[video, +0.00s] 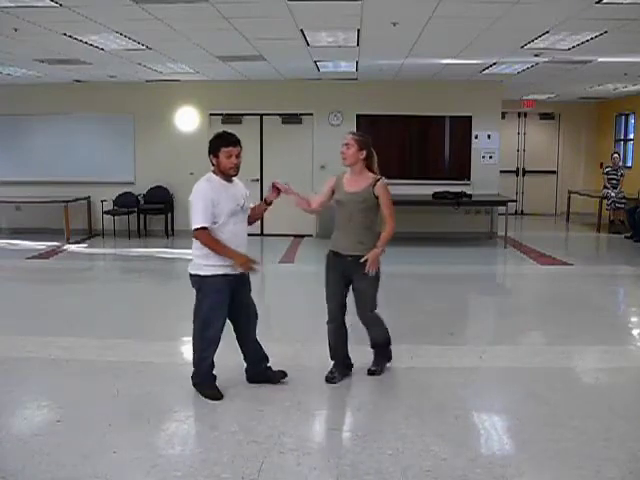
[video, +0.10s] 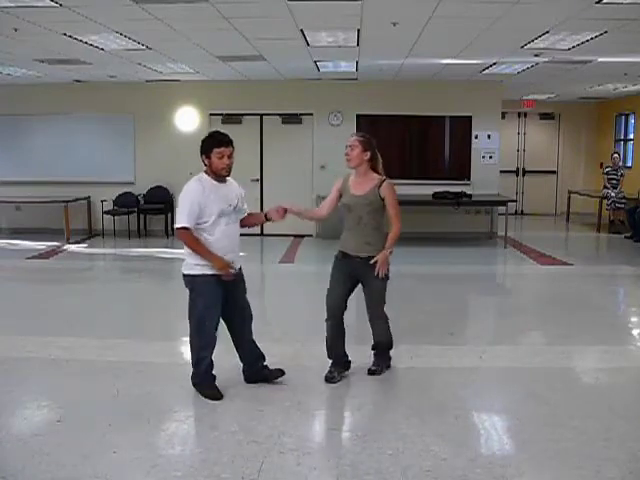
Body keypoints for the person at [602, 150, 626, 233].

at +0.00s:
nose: (615, 160)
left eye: (616, 158)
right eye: (613, 158)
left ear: (619, 160)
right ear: (611, 160)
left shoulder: (621, 170)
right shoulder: (607, 169)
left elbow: (621, 183)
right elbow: (605, 182)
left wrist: (617, 190)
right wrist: (611, 189)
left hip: (617, 188)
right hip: (608, 188)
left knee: (622, 196)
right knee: (611, 196)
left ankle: (621, 217)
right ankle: (611, 217)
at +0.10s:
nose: (615, 160)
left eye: (616, 158)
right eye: (613, 158)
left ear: (619, 160)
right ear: (611, 160)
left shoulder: (621, 170)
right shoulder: (607, 169)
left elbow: (621, 183)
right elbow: (605, 182)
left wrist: (617, 190)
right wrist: (611, 189)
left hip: (617, 188)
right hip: (608, 188)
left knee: (622, 196)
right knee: (611, 196)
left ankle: (620, 217)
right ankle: (611, 217)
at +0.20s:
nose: (615, 160)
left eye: (616, 158)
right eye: (613, 158)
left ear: (619, 160)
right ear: (611, 160)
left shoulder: (621, 170)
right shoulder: (607, 169)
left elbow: (621, 183)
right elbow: (605, 182)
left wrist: (617, 190)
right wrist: (611, 189)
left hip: (617, 188)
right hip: (608, 188)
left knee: (622, 196)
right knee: (611, 196)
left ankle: (620, 217)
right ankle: (611, 217)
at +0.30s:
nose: (615, 160)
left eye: (616, 158)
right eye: (613, 158)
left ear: (619, 160)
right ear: (611, 160)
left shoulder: (621, 170)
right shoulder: (607, 169)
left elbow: (621, 183)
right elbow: (605, 182)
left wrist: (617, 190)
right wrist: (611, 189)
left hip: (617, 188)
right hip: (608, 188)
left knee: (622, 196)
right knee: (612, 196)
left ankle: (621, 218)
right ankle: (612, 218)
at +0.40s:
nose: (615, 160)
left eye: (616, 158)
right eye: (613, 158)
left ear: (619, 160)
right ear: (611, 160)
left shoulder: (621, 170)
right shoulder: (607, 169)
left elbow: (621, 183)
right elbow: (605, 182)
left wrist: (617, 190)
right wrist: (611, 189)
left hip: (617, 188)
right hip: (608, 188)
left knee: (622, 196)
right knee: (612, 196)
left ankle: (621, 218)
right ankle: (612, 218)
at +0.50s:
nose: (615, 160)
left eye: (616, 158)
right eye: (613, 158)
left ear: (619, 160)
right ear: (611, 160)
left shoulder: (621, 170)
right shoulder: (607, 169)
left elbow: (621, 183)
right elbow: (605, 182)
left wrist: (617, 190)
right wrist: (611, 189)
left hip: (617, 188)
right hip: (608, 188)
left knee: (622, 196)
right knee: (612, 196)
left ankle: (621, 218)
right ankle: (612, 218)